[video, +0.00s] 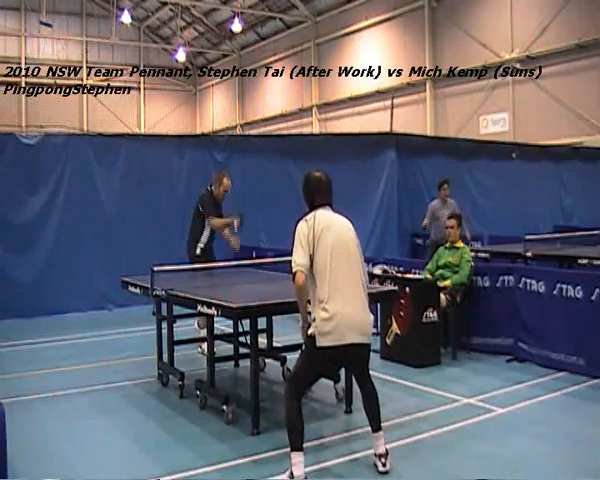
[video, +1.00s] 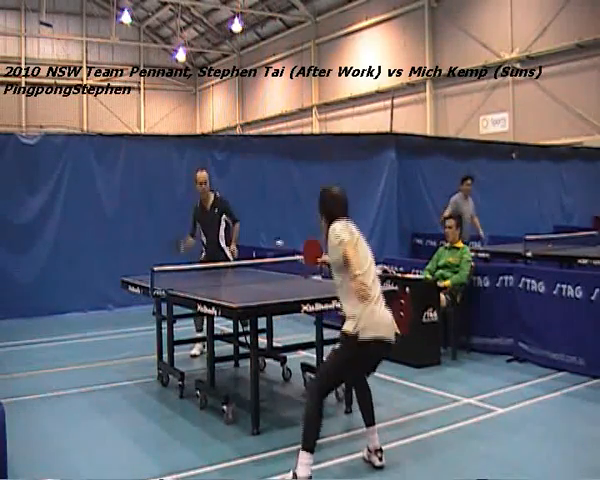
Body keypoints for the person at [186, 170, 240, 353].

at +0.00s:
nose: (225, 193)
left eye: (227, 189)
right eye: (224, 188)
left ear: (224, 187)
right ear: (216, 185)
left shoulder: (217, 200)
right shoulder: (206, 198)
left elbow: (219, 225)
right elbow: (214, 222)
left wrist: (230, 238)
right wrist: (232, 220)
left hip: (208, 249)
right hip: (198, 250)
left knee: (212, 286)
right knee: (206, 291)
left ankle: (202, 320)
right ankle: (204, 339)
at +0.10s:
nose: (227, 195)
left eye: (229, 192)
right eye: (225, 191)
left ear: (229, 191)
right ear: (217, 188)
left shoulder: (224, 207)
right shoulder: (209, 196)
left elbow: (222, 233)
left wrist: (226, 253)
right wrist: (207, 213)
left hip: (209, 249)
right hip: (197, 248)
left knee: (208, 288)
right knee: (201, 289)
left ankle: (200, 327)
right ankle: (200, 334)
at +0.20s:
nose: (227, 193)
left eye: (229, 190)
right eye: (225, 189)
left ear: (230, 191)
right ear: (218, 186)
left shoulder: (224, 204)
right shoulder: (206, 193)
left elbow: (222, 231)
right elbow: (189, 192)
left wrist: (222, 253)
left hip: (210, 251)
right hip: (197, 250)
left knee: (208, 291)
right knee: (198, 292)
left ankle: (202, 330)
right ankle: (195, 333)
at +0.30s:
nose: (224, 185)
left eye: (227, 182)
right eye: (223, 181)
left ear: (229, 184)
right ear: (216, 179)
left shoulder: (224, 200)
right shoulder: (205, 191)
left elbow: (223, 226)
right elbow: (184, 193)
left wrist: (223, 248)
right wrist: (183, 203)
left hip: (212, 248)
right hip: (198, 247)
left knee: (211, 283)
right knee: (197, 285)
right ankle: (194, 324)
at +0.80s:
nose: (207, 170)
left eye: (210, 167)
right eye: (204, 167)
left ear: (213, 167)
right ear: (200, 169)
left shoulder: (221, 189)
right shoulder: (196, 192)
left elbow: (229, 211)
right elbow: (186, 210)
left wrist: (230, 231)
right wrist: (180, 214)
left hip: (221, 239)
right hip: (204, 240)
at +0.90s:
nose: (204, 179)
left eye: (206, 175)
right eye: (201, 175)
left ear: (211, 176)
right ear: (197, 177)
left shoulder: (221, 195)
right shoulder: (195, 200)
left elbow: (233, 216)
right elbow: (186, 222)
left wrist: (232, 237)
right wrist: (180, 223)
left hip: (222, 250)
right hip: (204, 251)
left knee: (222, 291)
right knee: (201, 295)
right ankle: (200, 338)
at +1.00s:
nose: (202, 187)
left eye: (204, 183)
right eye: (199, 184)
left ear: (209, 184)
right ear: (195, 185)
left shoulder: (221, 203)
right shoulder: (198, 208)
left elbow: (235, 222)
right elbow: (194, 234)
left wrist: (233, 243)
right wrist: (186, 244)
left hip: (224, 257)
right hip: (207, 257)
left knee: (233, 295)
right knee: (199, 297)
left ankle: (249, 334)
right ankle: (199, 339)